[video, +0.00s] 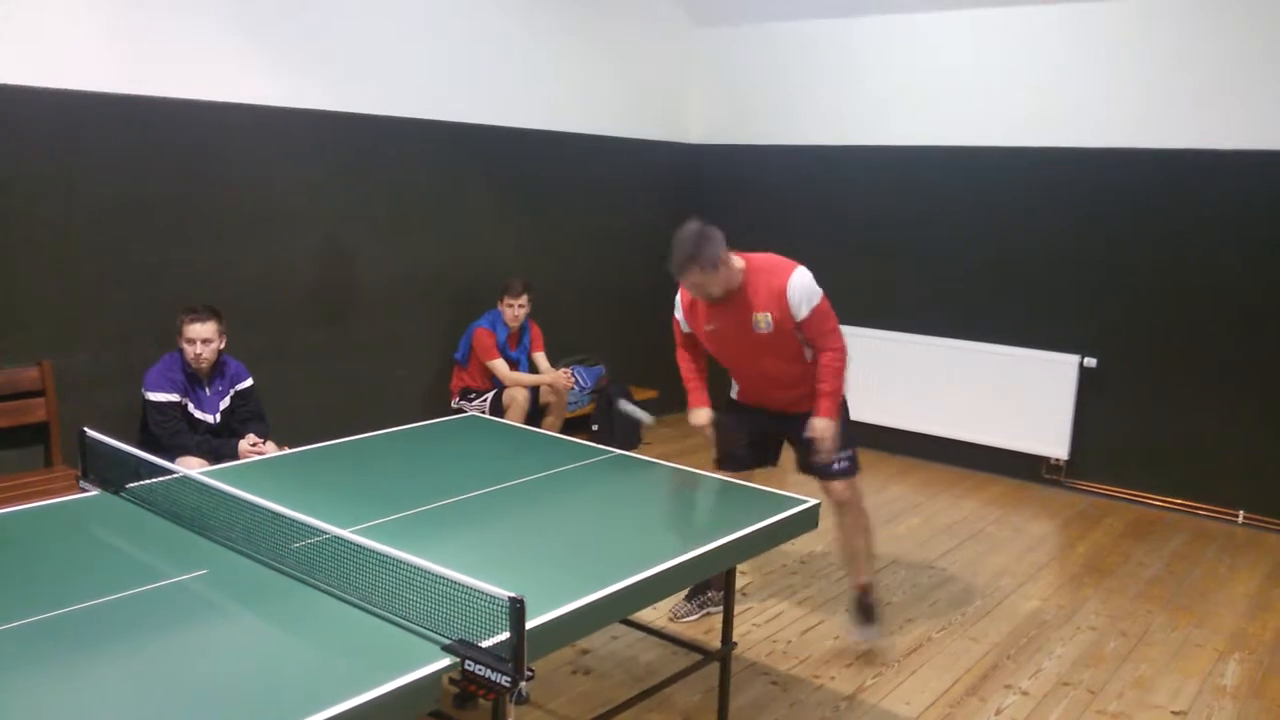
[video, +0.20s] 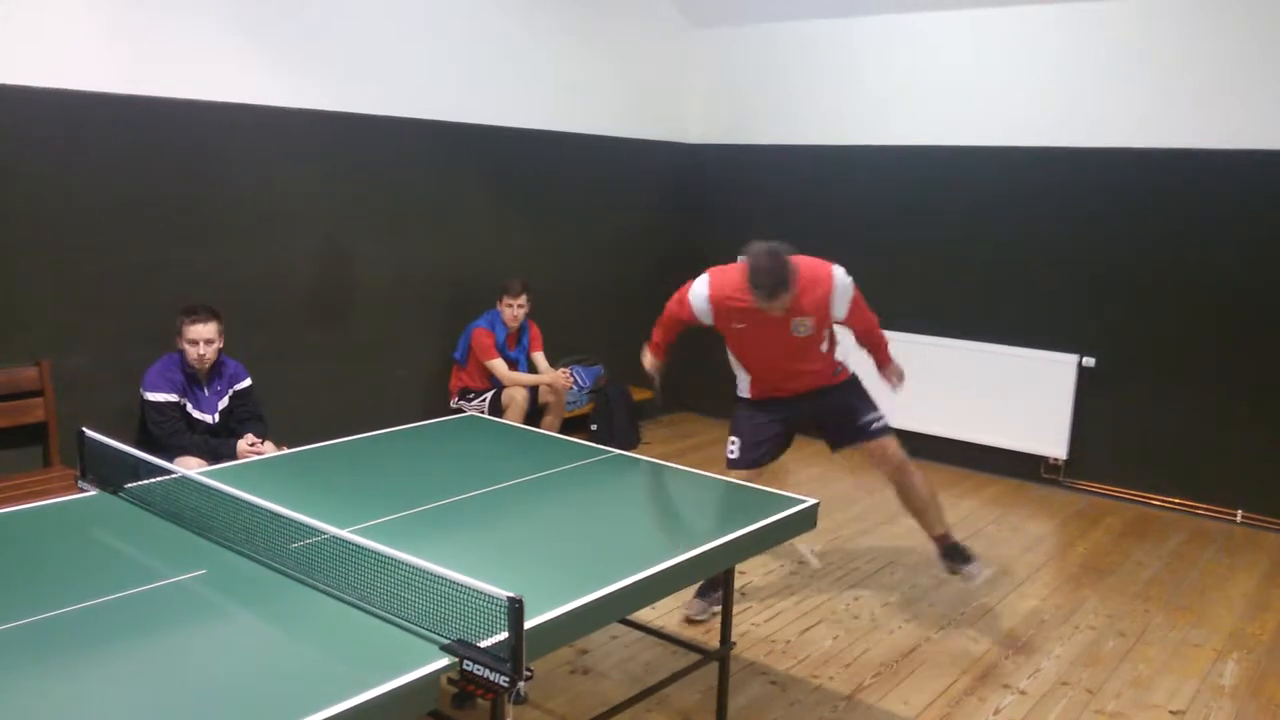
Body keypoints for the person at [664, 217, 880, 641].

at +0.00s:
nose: (696, 294)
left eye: (700, 284)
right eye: (689, 286)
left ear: (723, 263)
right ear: (682, 275)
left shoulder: (788, 281)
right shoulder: (689, 300)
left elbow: (831, 345)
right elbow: (687, 348)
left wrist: (826, 413)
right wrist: (698, 402)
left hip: (810, 402)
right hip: (748, 402)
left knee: (844, 493)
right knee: (724, 490)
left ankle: (863, 593)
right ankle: (714, 584)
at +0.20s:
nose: (775, 312)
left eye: (781, 303)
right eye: (765, 306)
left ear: (793, 282)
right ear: (747, 287)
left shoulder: (828, 282)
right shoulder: (715, 290)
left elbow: (862, 321)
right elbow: (675, 312)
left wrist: (884, 361)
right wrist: (655, 349)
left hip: (829, 387)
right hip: (761, 398)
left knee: (894, 459)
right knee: (736, 489)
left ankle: (947, 546)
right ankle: (717, 579)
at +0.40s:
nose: (885, 294)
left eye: (891, 286)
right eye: (884, 284)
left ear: (886, 263)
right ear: (862, 256)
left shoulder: (868, 274)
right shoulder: (795, 279)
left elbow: (864, 313)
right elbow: (722, 295)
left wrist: (878, 344)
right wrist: (670, 334)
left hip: (852, 391)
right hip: (790, 401)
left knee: (912, 461)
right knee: (760, 501)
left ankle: (955, 573)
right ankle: (720, 583)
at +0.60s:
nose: (995, 289)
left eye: (1001, 282)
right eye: (997, 278)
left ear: (977, 264)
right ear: (974, 261)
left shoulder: (946, 303)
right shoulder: (909, 278)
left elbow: (914, 350)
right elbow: (836, 305)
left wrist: (940, 390)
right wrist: (844, 371)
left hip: (886, 424)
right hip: (831, 417)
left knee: (940, 509)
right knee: (786, 511)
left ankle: (935, 614)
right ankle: (718, 581)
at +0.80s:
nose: (1074, 362)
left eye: (1079, 354)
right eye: (1076, 350)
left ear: (1055, 339)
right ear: (1055, 336)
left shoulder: (1018, 359)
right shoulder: (1012, 339)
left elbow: (1015, 418)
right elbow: (983, 378)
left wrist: (1038, 475)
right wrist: (1010, 445)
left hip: (917, 436)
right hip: (887, 423)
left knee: (960, 508)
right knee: (862, 531)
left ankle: (939, 616)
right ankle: (755, 585)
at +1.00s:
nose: (1138, 365)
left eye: (1143, 356)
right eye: (1140, 353)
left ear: (1113, 337)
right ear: (1122, 342)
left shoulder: (1082, 353)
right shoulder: (1082, 348)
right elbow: (1020, 371)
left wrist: (1003, 446)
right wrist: (1003, 441)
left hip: (961, 410)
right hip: (947, 407)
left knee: (983, 520)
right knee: (989, 521)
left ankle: (944, 615)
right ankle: (942, 621)